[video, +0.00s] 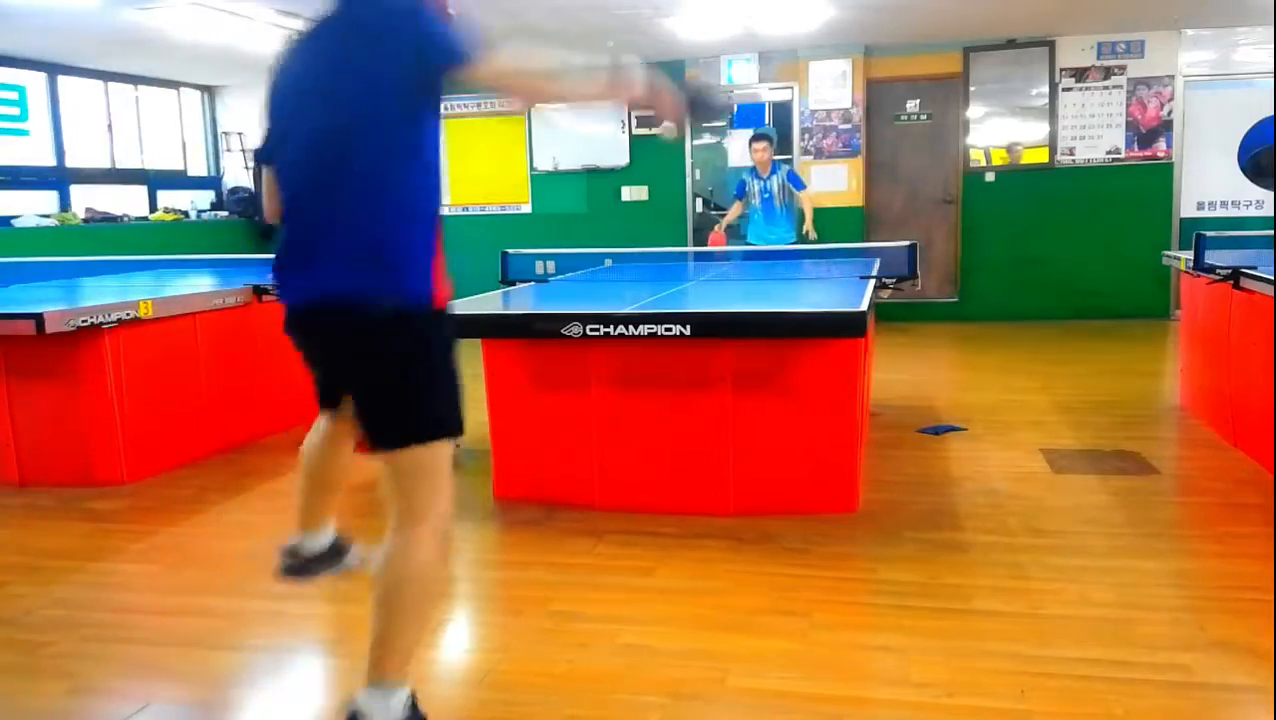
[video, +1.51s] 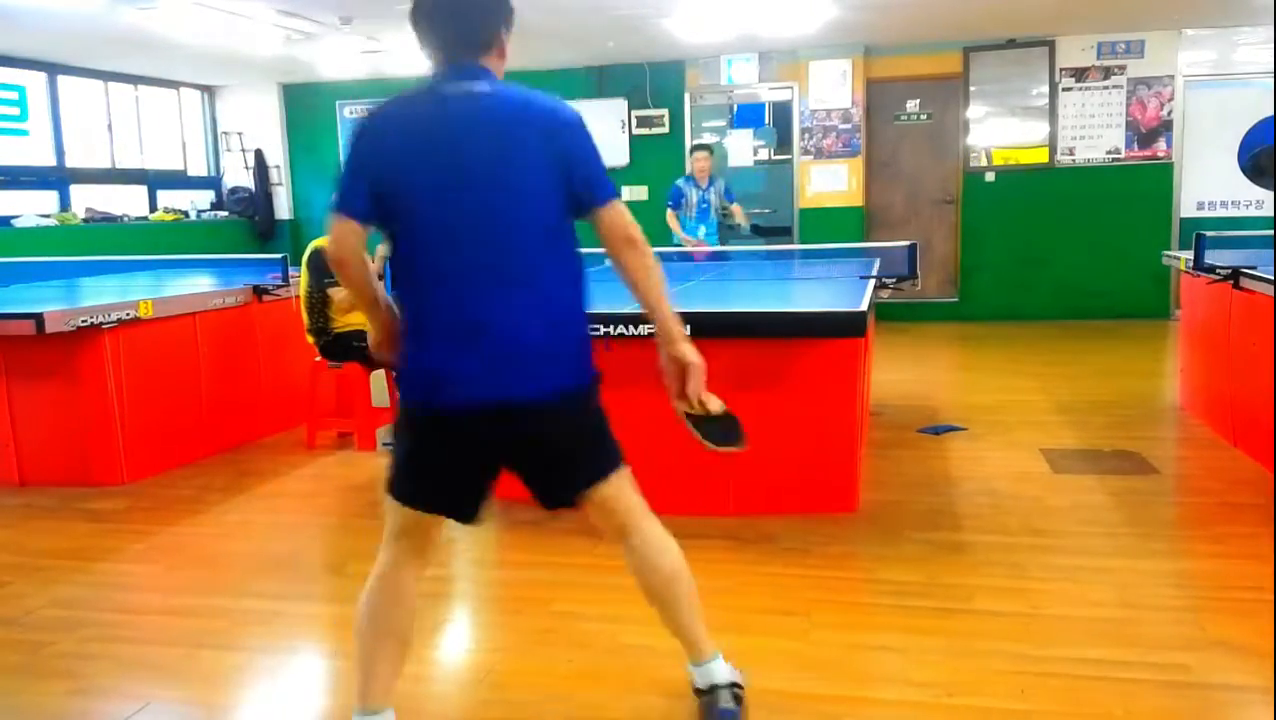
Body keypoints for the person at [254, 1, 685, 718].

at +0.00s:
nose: (448, 10)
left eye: (444, 9)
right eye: (443, 5)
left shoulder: (296, 56)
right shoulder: (409, 25)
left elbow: (274, 203)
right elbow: (521, 83)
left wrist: (350, 185)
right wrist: (620, 85)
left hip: (308, 292)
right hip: (391, 295)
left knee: (341, 411)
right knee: (423, 517)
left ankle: (309, 542)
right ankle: (383, 699)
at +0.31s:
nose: (435, 15)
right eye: (434, 8)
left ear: (356, 19)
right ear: (427, 8)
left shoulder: (333, 106)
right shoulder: (489, 64)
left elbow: (314, 266)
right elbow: (551, 162)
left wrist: (360, 331)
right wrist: (470, 188)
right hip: (533, 328)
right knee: (627, 483)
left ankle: (390, 711)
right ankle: (721, 632)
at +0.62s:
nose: (527, 27)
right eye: (527, 20)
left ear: (450, 27)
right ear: (523, 24)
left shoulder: (411, 111)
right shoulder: (577, 103)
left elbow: (382, 236)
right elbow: (629, 232)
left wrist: (394, 329)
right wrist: (623, 296)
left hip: (462, 359)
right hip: (568, 352)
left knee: (403, 511)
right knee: (637, 501)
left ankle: (358, 679)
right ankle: (699, 652)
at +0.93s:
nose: (549, 45)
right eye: (548, 36)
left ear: (469, 43)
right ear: (541, 42)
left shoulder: (431, 123)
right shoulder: (586, 102)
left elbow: (385, 242)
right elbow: (660, 196)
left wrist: (406, 303)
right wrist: (629, 259)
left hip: (471, 362)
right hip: (574, 356)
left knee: (409, 509)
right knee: (640, 503)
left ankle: (345, 661)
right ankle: (669, 664)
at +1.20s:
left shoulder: (405, 5)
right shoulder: (572, 2)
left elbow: (368, 72)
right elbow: (655, 52)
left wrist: (392, 178)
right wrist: (691, 160)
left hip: (479, 257)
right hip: (580, 247)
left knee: (425, 431)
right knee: (643, 436)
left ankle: (365, 591)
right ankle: (677, 600)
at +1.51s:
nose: (509, 44)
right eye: (508, 33)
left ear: (426, 42)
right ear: (500, 39)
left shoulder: (386, 127)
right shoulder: (550, 119)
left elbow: (341, 244)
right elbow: (623, 238)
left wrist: (382, 317)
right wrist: (674, 337)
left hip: (443, 391)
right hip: (552, 383)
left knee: (403, 551)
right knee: (632, 523)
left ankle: (372, 710)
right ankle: (712, 673)